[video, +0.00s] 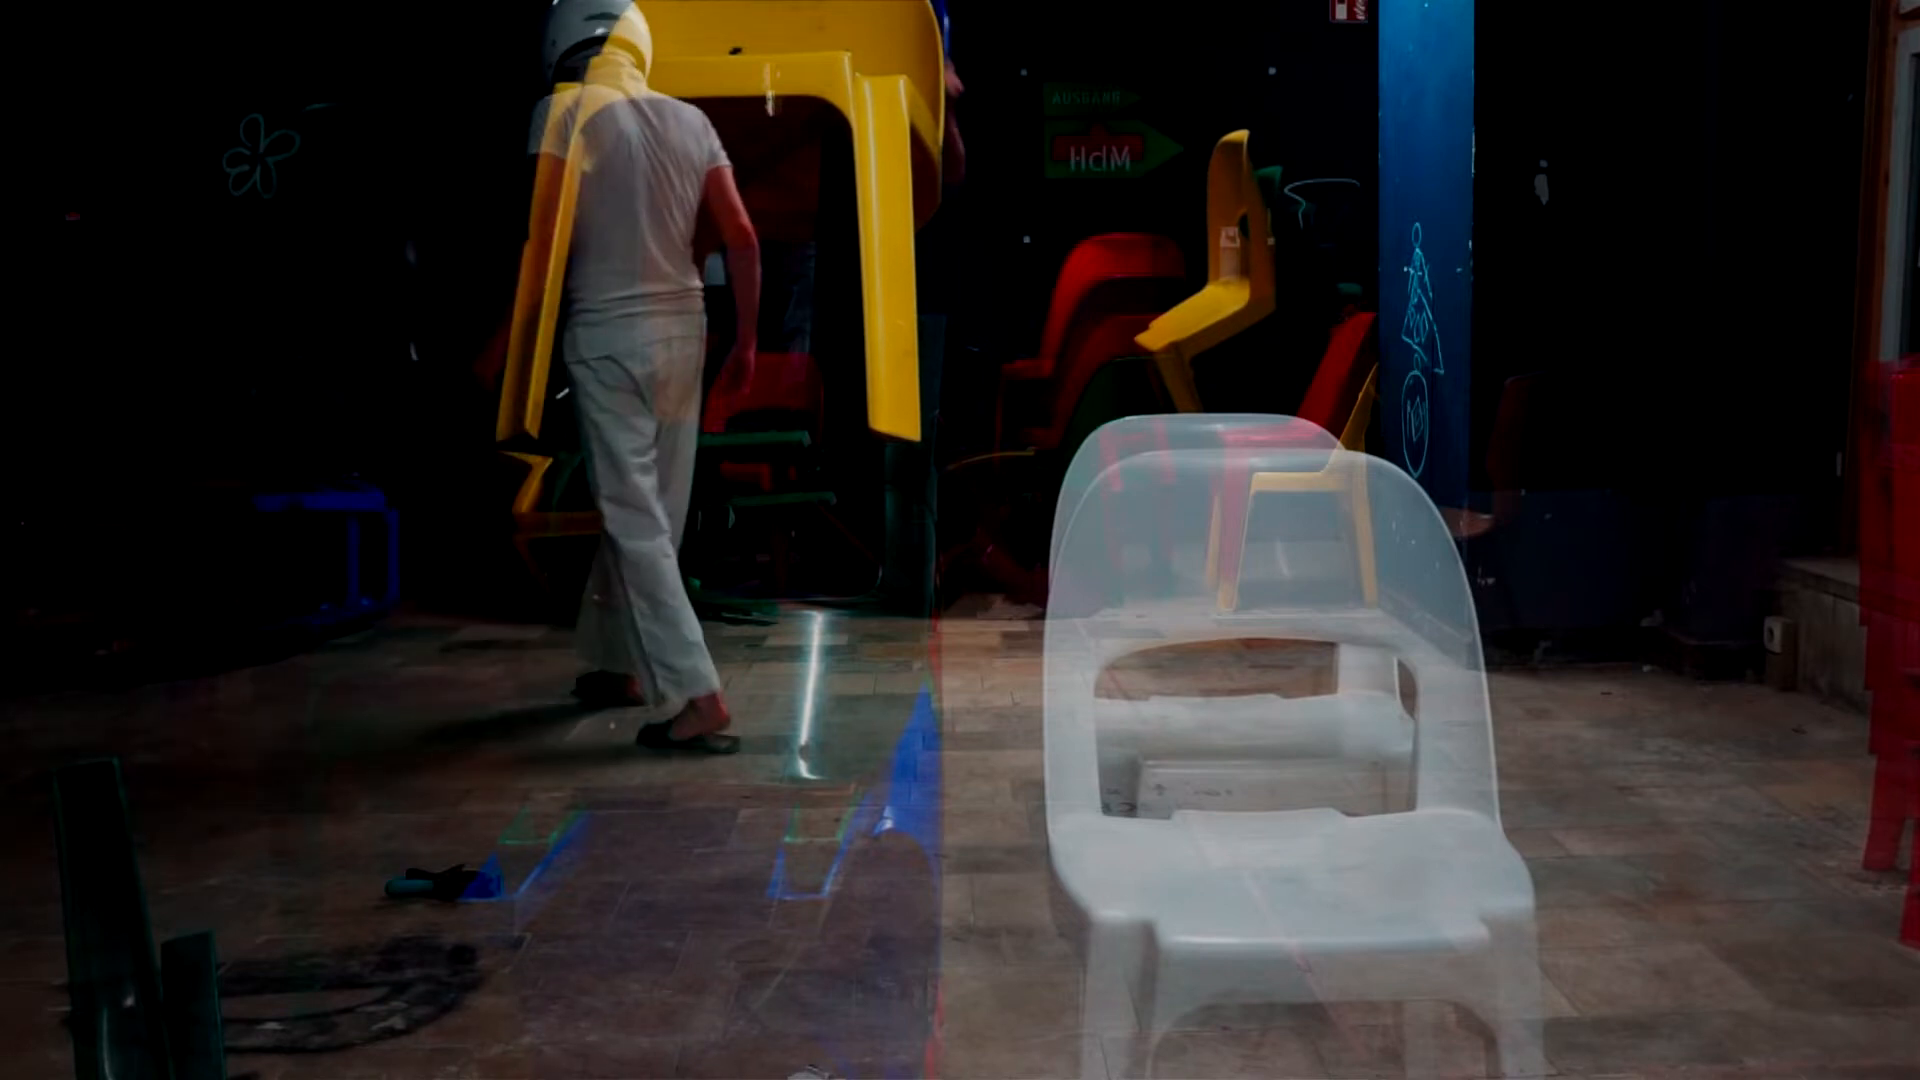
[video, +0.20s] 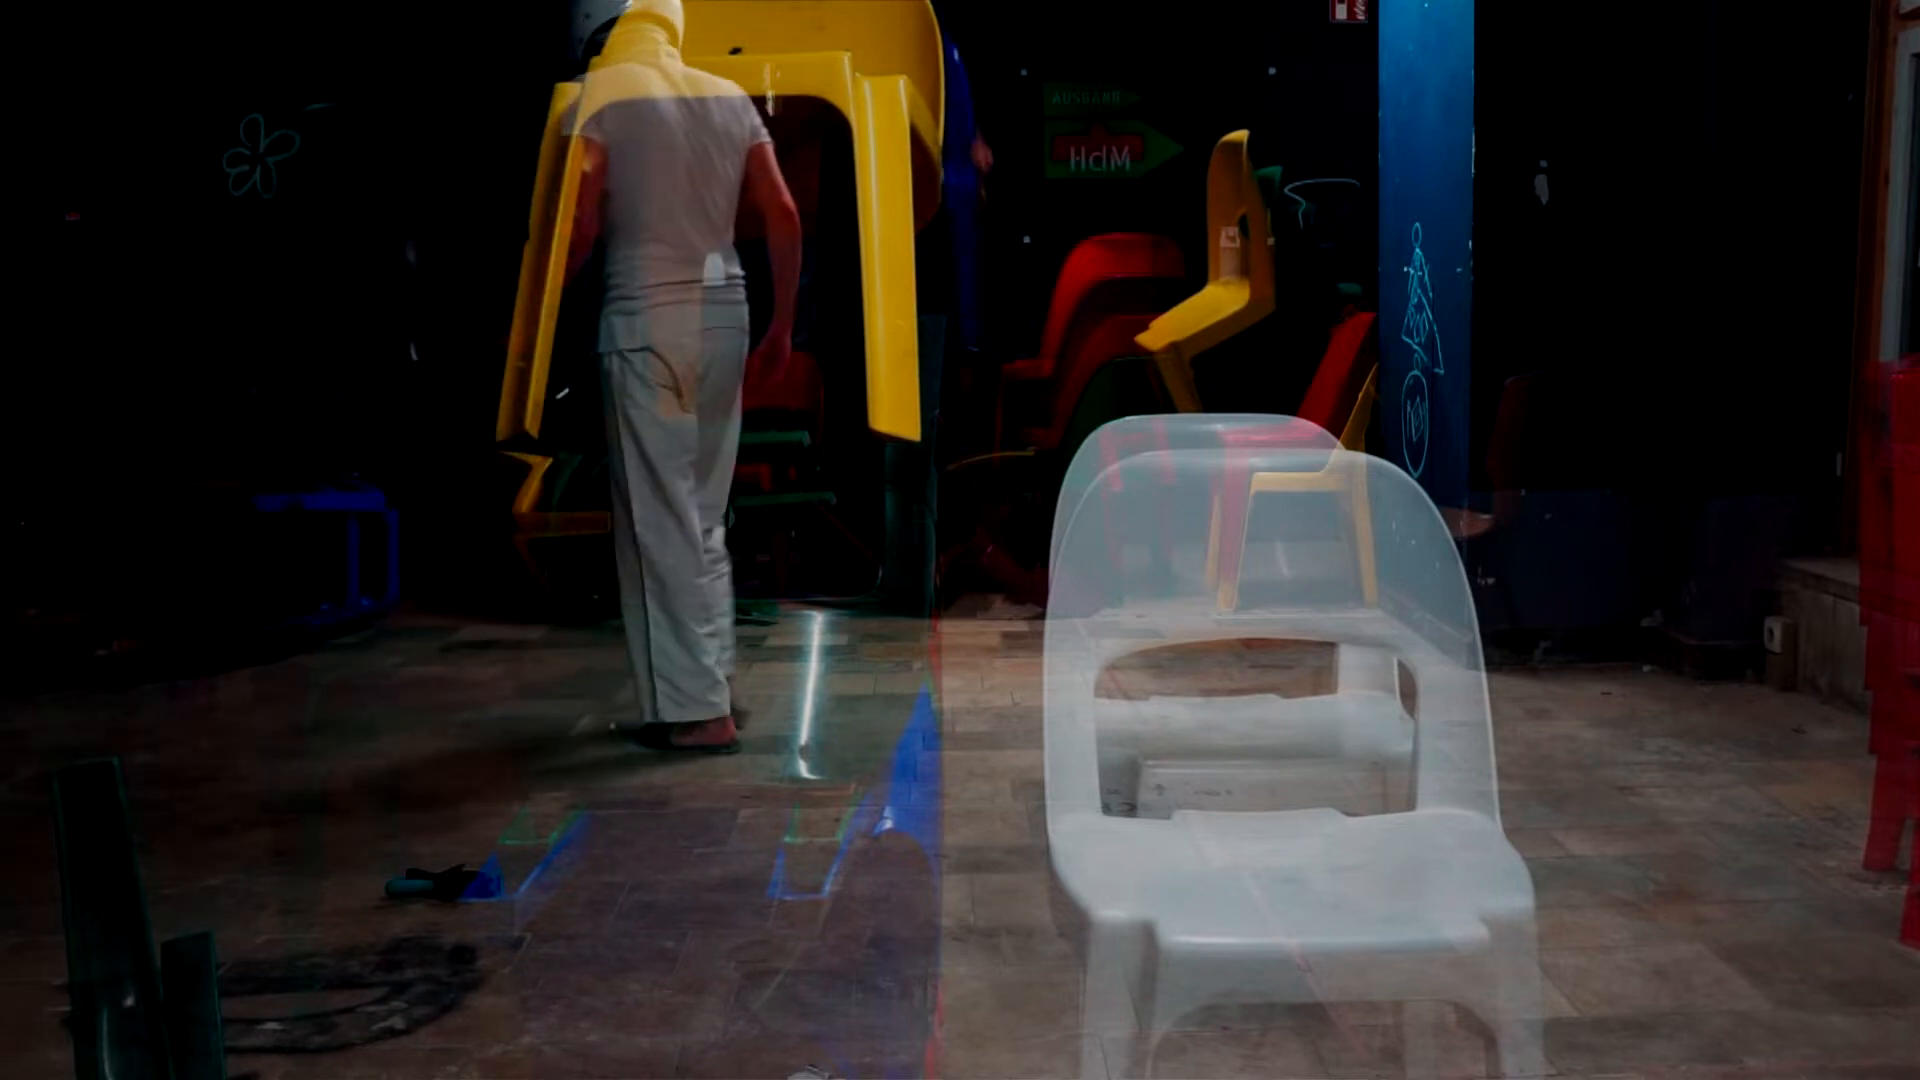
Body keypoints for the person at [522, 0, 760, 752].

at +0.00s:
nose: (565, 77)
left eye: (564, 64)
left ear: (573, 58)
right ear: (635, 53)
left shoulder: (565, 117)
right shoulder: (689, 122)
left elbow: (545, 239)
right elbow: (741, 238)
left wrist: (512, 337)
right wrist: (745, 336)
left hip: (604, 335)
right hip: (682, 333)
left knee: (637, 511)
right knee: (656, 509)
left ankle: (699, 698)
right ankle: (615, 667)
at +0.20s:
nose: (599, 64)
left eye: (601, 53)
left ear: (613, 45)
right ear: (672, 42)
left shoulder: (603, 94)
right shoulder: (730, 97)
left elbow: (582, 224)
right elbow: (783, 215)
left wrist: (546, 298)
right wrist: (782, 322)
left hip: (646, 318)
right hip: (725, 314)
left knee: (663, 513)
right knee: (705, 509)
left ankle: (693, 710)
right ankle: (711, 688)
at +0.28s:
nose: (612, 56)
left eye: (614, 44)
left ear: (623, 41)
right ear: (685, 35)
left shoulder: (612, 86)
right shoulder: (746, 90)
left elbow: (605, 217)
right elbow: (802, 213)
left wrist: (562, 309)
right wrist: (799, 323)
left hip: (657, 319)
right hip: (743, 314)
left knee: (671, 513)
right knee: (724, 500)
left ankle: (698, 710)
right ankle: (769, 659)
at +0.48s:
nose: (652, 57)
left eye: (657, 46)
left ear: (671, 36)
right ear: (730, 31)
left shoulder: (661, 87)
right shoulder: (796, 92)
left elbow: (668, 220)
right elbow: (855, 210)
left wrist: (656, 352)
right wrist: (859, 323)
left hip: (702, 328)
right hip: (791, 322)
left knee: (688, 534)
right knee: (793, 521)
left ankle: (704, 710)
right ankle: (877, 669)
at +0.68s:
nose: (722, 45)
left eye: (725, 35)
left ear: (736, 29)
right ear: (804, 26)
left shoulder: (730, 72)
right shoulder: (866, 83)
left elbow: (745, 211)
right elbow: (925, 202)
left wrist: (746, 353)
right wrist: (897, 313)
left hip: (784, 332)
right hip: (871, 329)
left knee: (747, 534)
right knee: (883, 548)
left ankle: (705, 707)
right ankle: (919, 738)